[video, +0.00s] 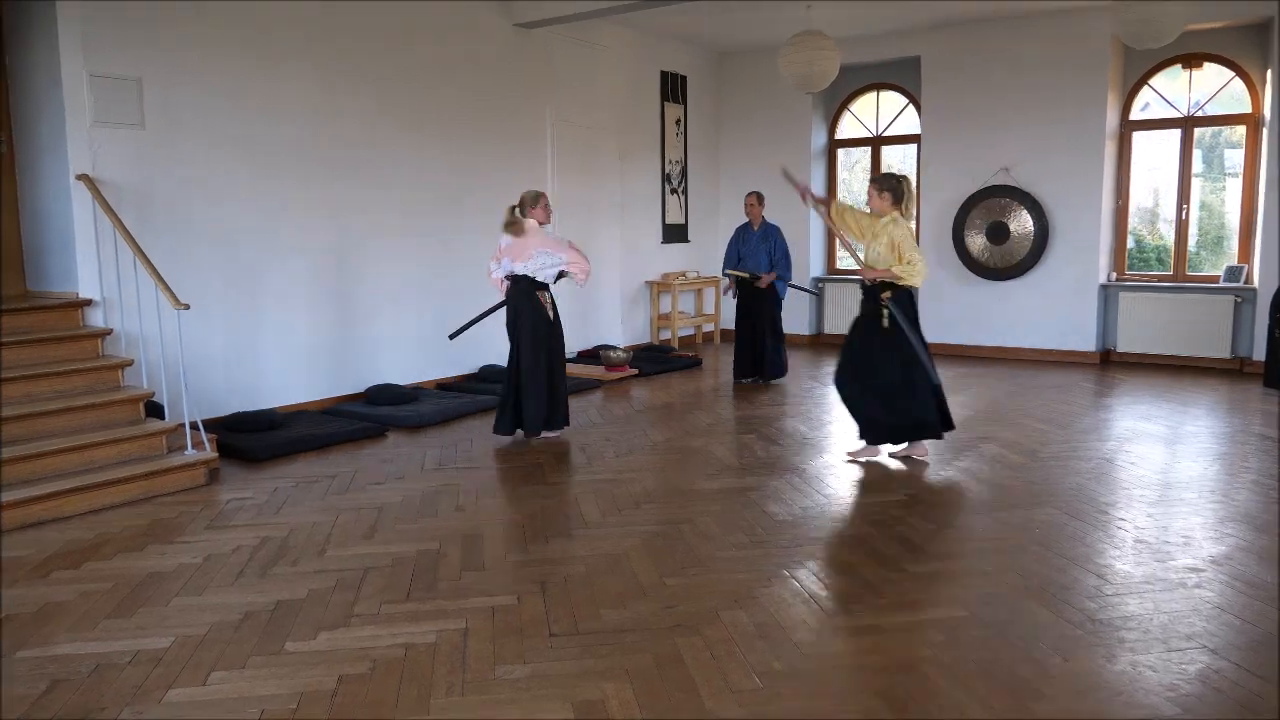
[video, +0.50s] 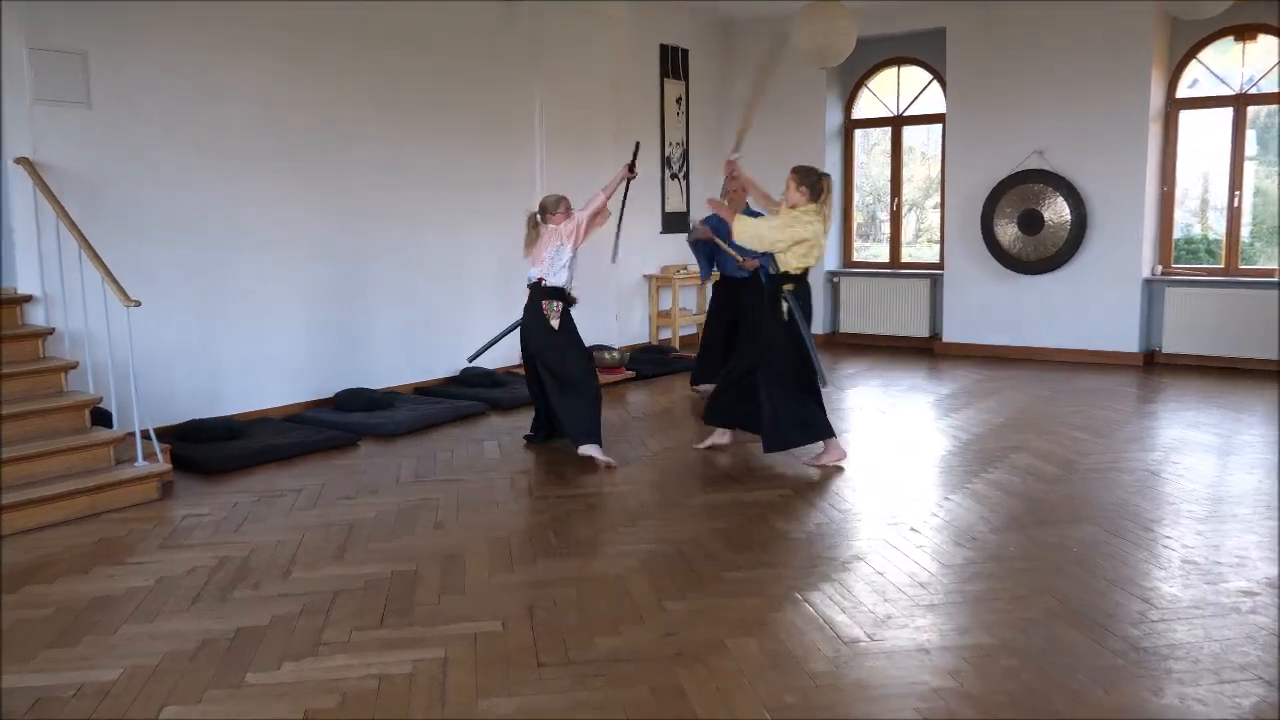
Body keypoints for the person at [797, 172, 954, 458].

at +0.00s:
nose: (868, 199)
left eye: (872, 195)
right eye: (868, 195)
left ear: (886, 197)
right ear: (883, 197)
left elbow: (916, 270)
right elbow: (843, 212)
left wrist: (879, 273)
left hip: (895, 303)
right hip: (874, 301)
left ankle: (919, 441)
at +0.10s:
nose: (851, 194)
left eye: (855, 189)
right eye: (851, 189)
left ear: (870, 191)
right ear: (861, 191)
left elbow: (901, 267)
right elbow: (828, 181)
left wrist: (863, 266)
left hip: (870, 295)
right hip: (848, 293)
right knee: (828, 360)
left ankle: (911, 429)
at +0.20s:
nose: (832, 189)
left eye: (836, 184)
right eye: (833, 184)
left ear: (851, 189)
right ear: (844, 188)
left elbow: (881, 266)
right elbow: (828, 169)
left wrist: (844, 263)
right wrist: (830, 124)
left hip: (845, 292)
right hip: (827, 291)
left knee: (845, 362)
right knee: (827, 362)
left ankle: (886, 424)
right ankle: (826, 442)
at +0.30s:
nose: (813, 192)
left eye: (817, 187)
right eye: (813, 187)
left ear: (833, 191)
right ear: (831, 191)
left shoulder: (847, 223)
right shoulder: (828, 215)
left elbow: (848, 267)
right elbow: (817, 173)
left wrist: (808, 252)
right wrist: (815, 126)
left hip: (830, 299)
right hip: (816, 296)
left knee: (824, 369)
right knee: (815, 368)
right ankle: (821, 440)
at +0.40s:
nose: (797, 197)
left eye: (802, 192)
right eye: (799, 191)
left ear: (819, 195)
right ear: (818, 195)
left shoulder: (828, 226)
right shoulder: (816, 217)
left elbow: (782, 251)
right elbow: (792, 183)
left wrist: (762, 221)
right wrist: (776, 143)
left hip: (810, 301)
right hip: (798, 297)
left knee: (799, 372)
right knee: (778, 365)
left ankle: (829, 447)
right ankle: (760, 432)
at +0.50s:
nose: (784, 191)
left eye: (789, 187)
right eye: (787, 187)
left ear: (804, 193)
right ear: (806, 192)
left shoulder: (804, 224)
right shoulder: (801, 214)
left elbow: (754, 234)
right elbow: (769, 204)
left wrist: (725, 212)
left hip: (787, 297)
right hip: (774, 293)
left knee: (795, 370)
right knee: (745, 359)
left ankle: (832, 444)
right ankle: (724, 428)